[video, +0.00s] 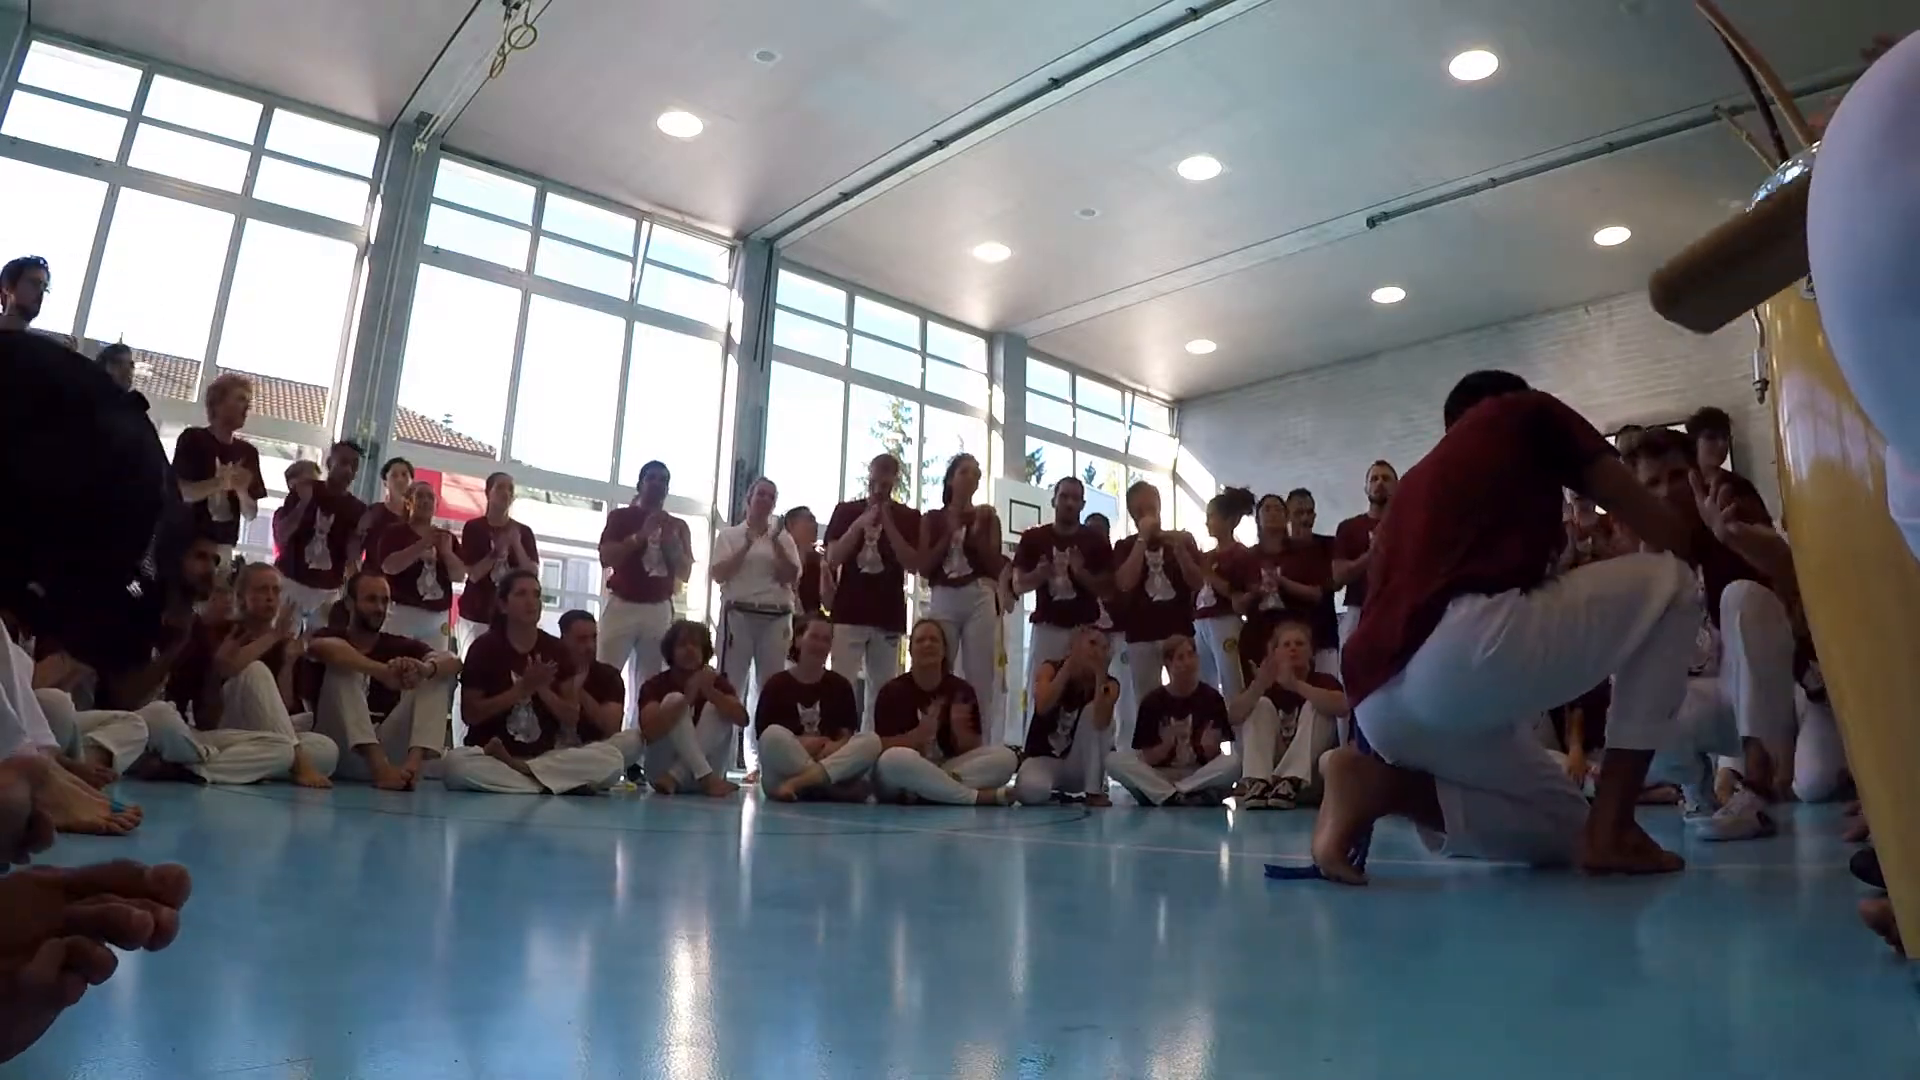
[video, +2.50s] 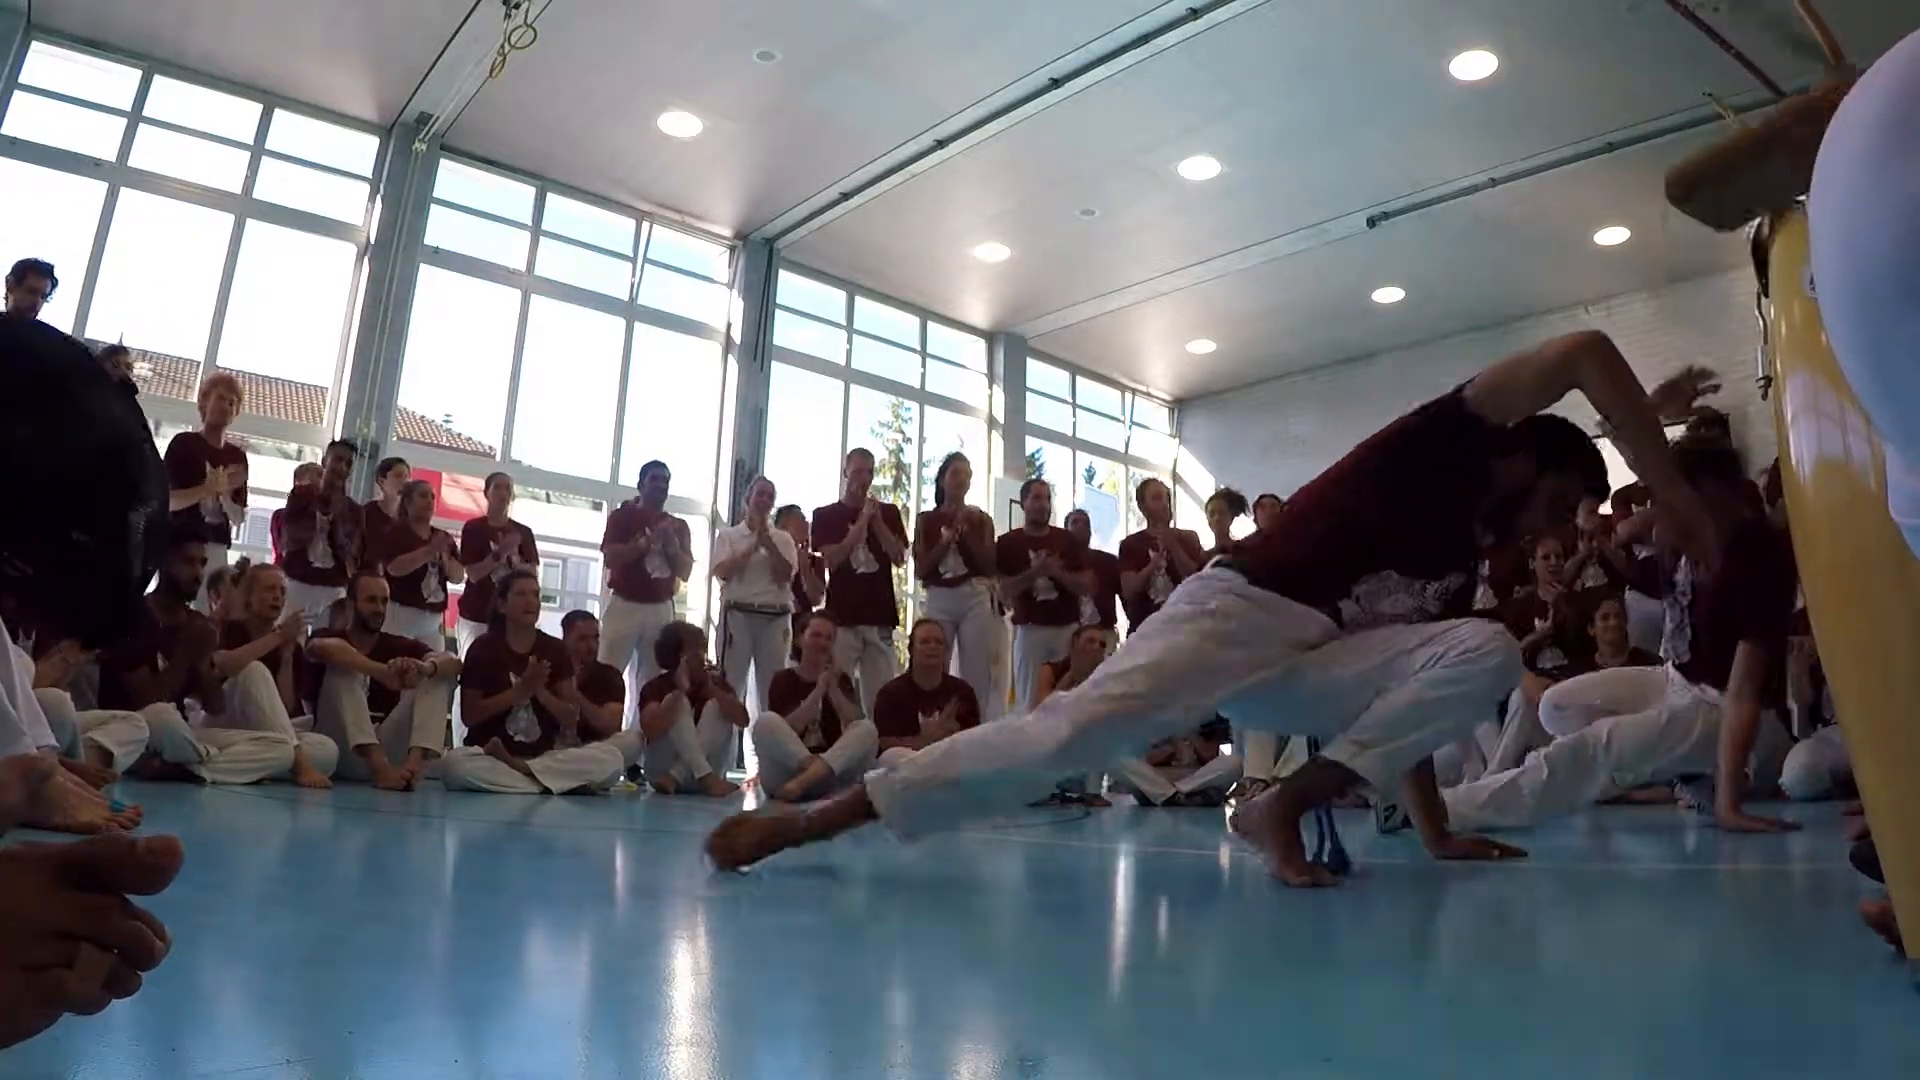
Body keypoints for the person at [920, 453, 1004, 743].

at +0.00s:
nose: (971, 477)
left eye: (976, 473)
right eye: (964, 471)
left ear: (980, 482)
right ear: (950, 478)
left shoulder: (987, 517)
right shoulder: (932, 519)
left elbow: (994, 567)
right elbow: (924, 566)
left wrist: (978, 540)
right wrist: (947, 537)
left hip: (979, 594)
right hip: (942, 594)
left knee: (980, 677)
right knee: (938, 674)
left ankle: (980, 749)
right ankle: (936, 748)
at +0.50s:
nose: (961, 475)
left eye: (965, 471)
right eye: (954, 470)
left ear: (969, 480)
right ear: (940, 478)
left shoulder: (979, 518)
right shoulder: (923, 518)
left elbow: (986, 566)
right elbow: (918, 567)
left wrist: (964, 537)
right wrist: (943, 537)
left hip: (974, 597)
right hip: (935, 597)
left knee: (975, 678)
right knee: (931, 675)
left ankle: (974, 748)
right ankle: (930, 746)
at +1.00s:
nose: (955, 477)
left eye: (960, 472)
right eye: (948, 472)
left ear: (965, 479)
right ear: (935, 478)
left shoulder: (977, 519)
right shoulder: (921, 520)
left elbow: (985, 566)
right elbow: (920, 569)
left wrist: (965, 537)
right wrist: (949, 540)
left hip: (974, 596)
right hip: (936, 596)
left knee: (976, 679)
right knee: (933, 676)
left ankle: (975, 750)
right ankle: (932, 751)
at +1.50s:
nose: (965, 477)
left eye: (970, 473)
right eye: (959, 472)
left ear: (975, 482)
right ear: (947, 479)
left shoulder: (986, 516)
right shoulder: (932, 521)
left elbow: (993, 565)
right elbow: (927, 569)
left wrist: (972, 537)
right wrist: (949, 535)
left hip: (982, 597)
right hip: (944, 597)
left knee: (982, 681)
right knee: (940, 677)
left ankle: (981, 751)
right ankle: (937, 751)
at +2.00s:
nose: (970, 479)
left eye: (975, 475)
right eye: (964, 473)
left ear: (980, 482)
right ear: (950, 479)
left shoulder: (989, 519)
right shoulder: (935, 520)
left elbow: (994, 566)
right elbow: (927, 570)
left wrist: (972, 539)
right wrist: (948, 543)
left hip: (982, 598)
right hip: (945, 599)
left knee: (981, 680)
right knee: (940, 677)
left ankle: (983, 752)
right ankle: (937, 751)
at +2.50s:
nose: (962, 479)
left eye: (966, 474)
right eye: (955, 473)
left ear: (971, 480)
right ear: (942, 478)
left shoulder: (981, 519)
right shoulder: (927, 520)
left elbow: (988, 567)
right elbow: (921, 569)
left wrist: (966, 536)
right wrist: (944, 542)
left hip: (976, 598)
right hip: (938, 598)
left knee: (976, 675)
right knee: (933, 673)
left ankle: (976, 737)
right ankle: (932, 737)